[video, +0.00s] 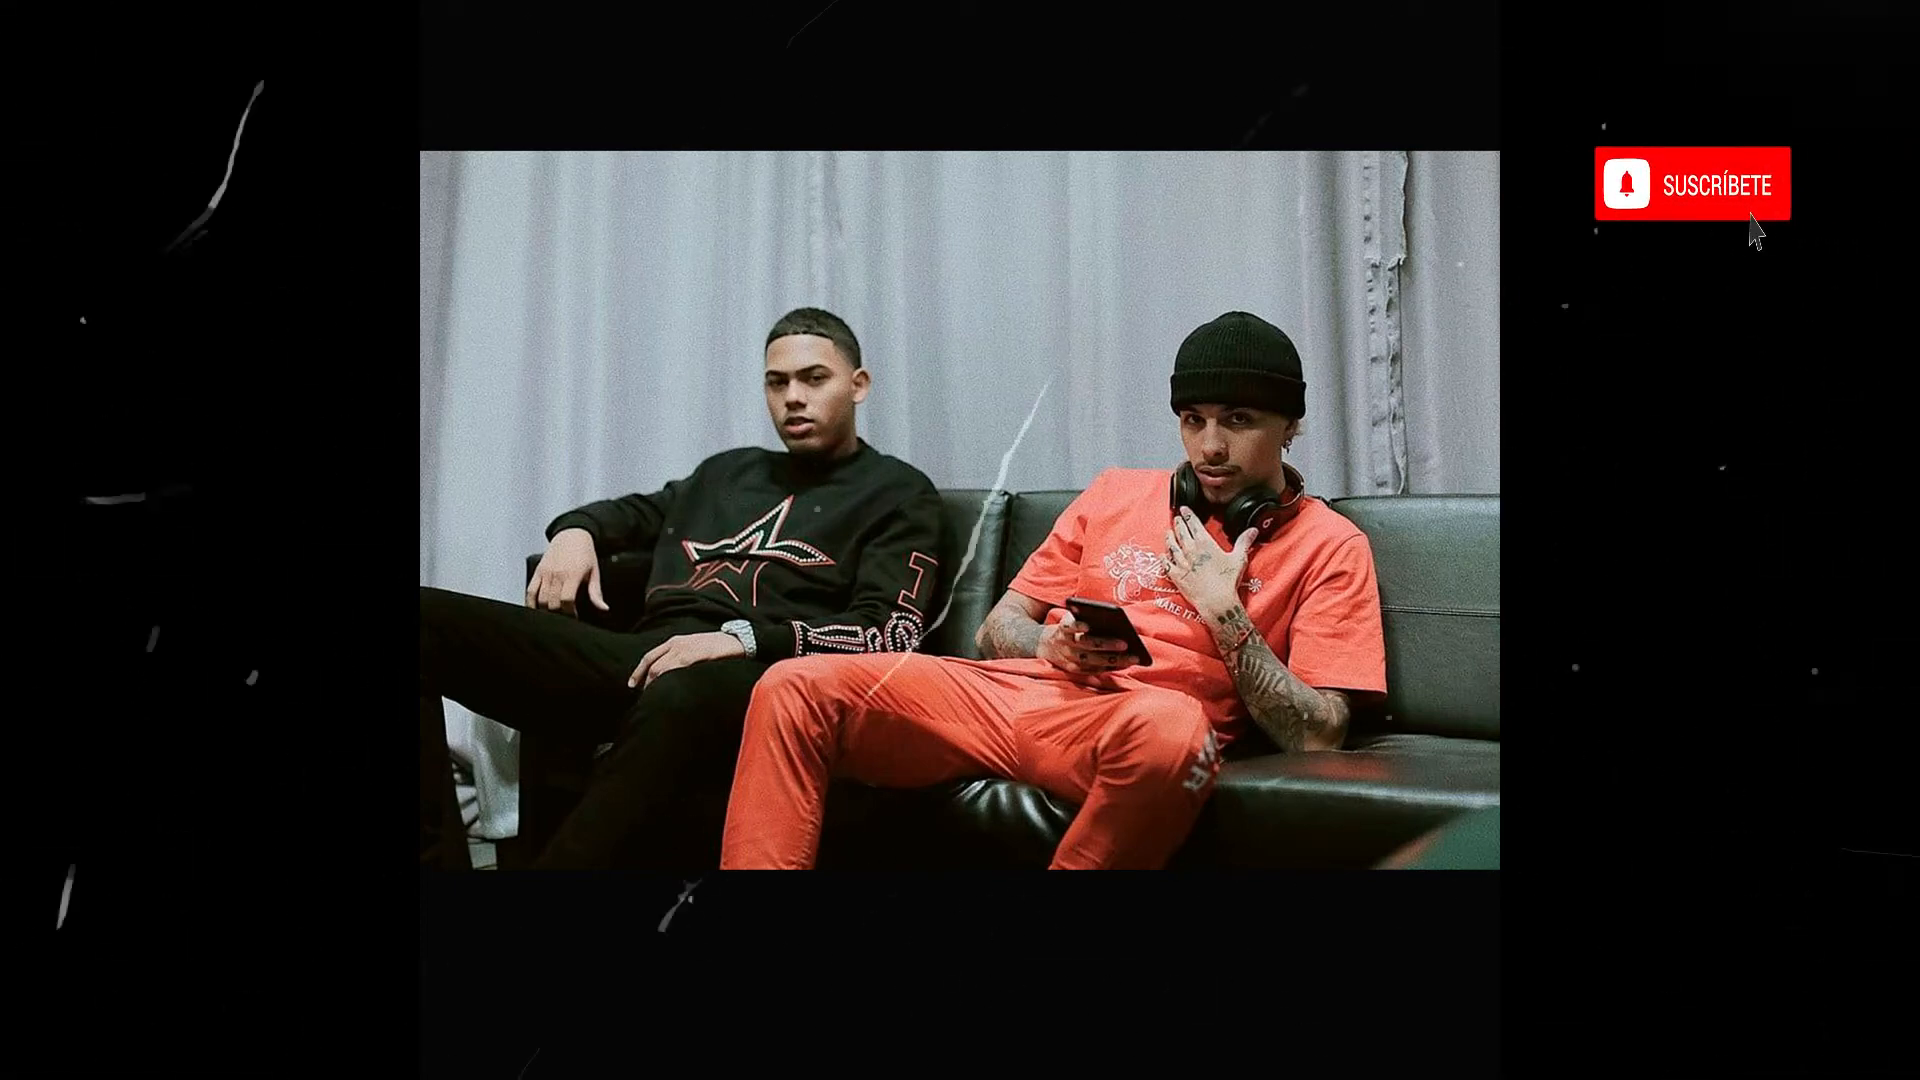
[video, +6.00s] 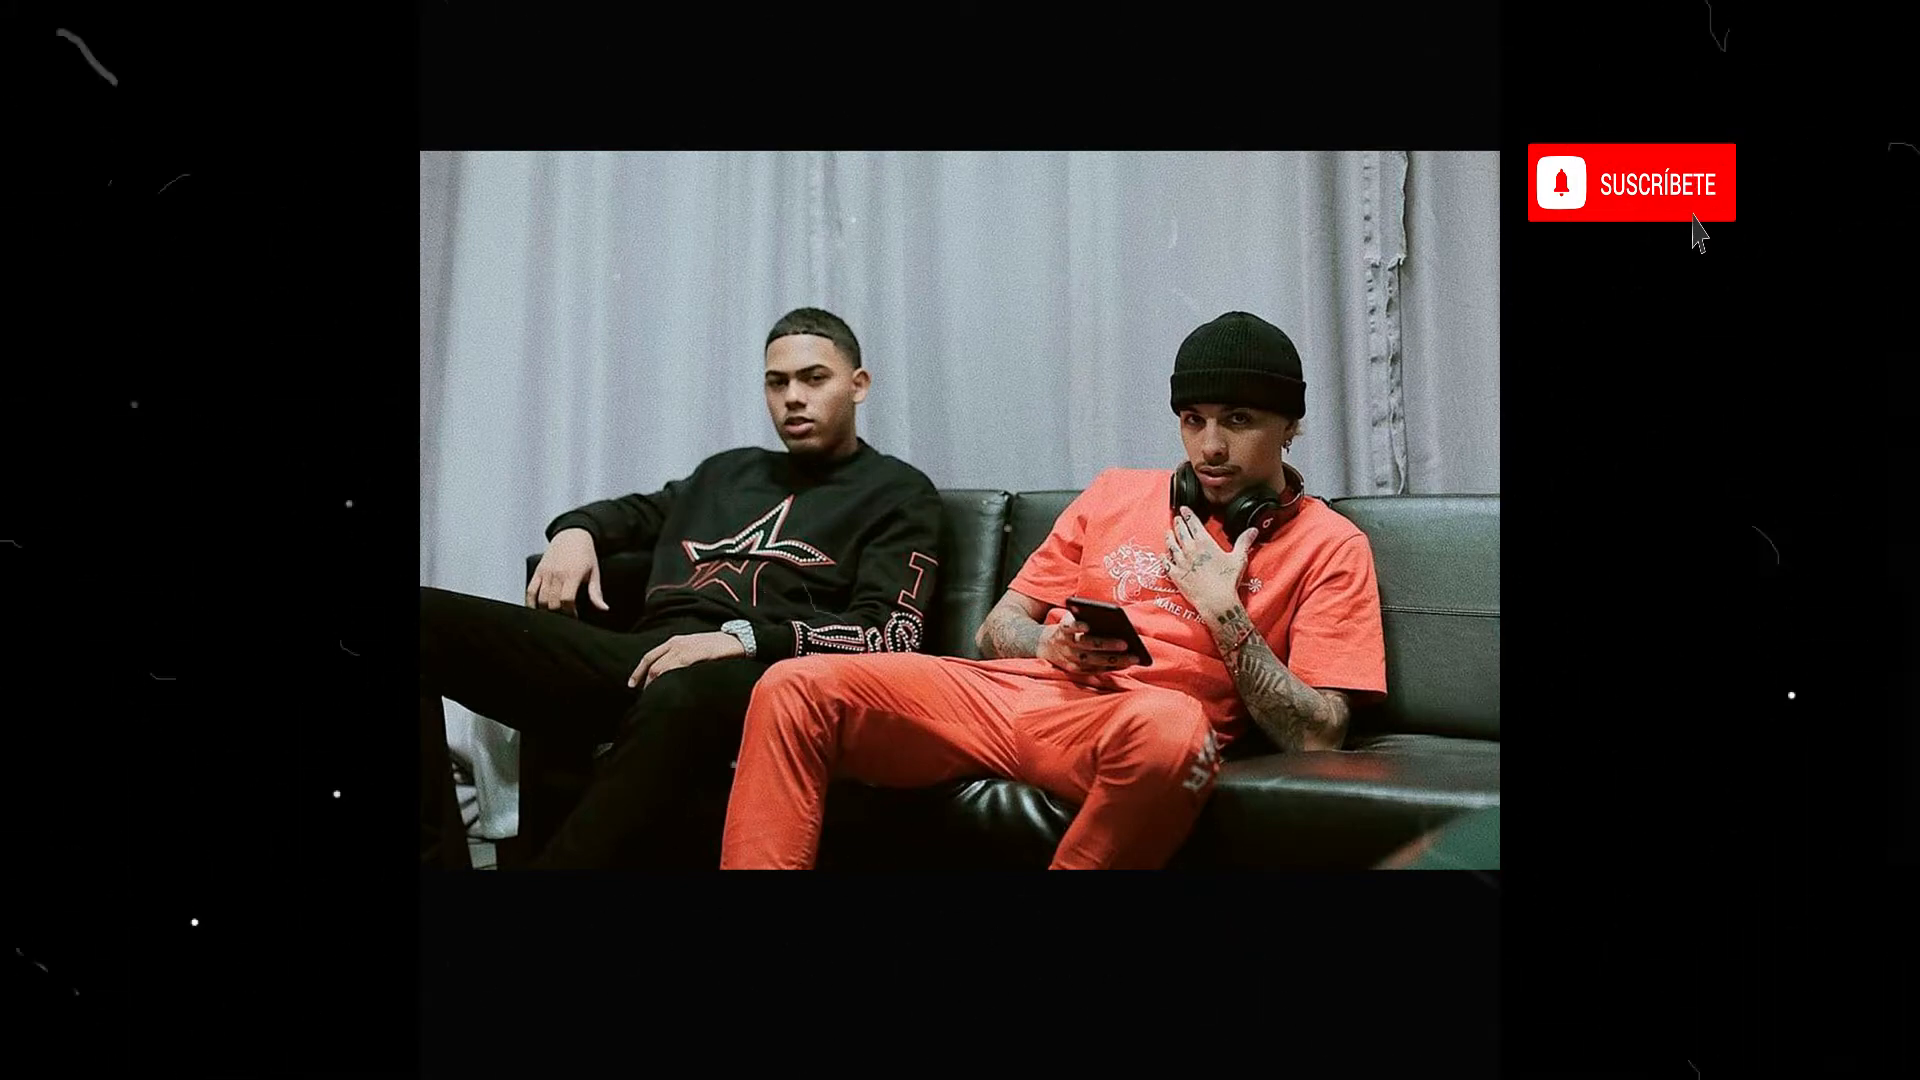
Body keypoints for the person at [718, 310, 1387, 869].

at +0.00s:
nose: (1210, 446)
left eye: (1238, 421)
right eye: (1195, 419)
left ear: (1289, 428)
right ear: (1178, 422)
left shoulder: (1328, 546)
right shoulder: (1117, 493)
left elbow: (1318, 735)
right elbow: (1000, 625)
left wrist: (1227, 616)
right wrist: (1051, 647)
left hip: (1133, 707)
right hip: (1015, 685)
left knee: (1169, 747)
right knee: (791, 694)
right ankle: (755, 914)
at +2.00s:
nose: (1210, 445)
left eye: (1238, 421)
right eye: (1196, 419)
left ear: (1289, 429)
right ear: (1179, 422)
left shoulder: (1328, 546)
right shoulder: (1118, 492)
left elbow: (1318, 734)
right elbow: (999, 626)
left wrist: (1227, 614)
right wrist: (1050, 647)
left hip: (1133, 707)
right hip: (1014, 685)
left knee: (1170, 747)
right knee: (792, 693)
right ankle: (758, 918)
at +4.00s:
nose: (1211, 445)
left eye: (1238, 421)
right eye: (1196, 419)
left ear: (1289, 429)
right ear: (1178, 422)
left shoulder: (1329, 545)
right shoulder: (1118, 492)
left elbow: (1318, 735)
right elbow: (999, 627)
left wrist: (1227, 615)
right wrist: (1050, 647)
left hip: (1129, 709)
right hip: (1013, 686)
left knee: (1171, 746)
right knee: (792, 693)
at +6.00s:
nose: (1210, 445)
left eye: (1238, 421)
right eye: (1195, 419)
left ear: (1288, 429)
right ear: (1179, 422)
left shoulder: (1329, 546)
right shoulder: (1117, 493)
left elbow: (1318, 735)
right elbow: (999, 625)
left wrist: (1227, 615)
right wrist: (1051, 647)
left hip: (1131, 708)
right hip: (1013, 685)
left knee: (1171, 745)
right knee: (792, 693)